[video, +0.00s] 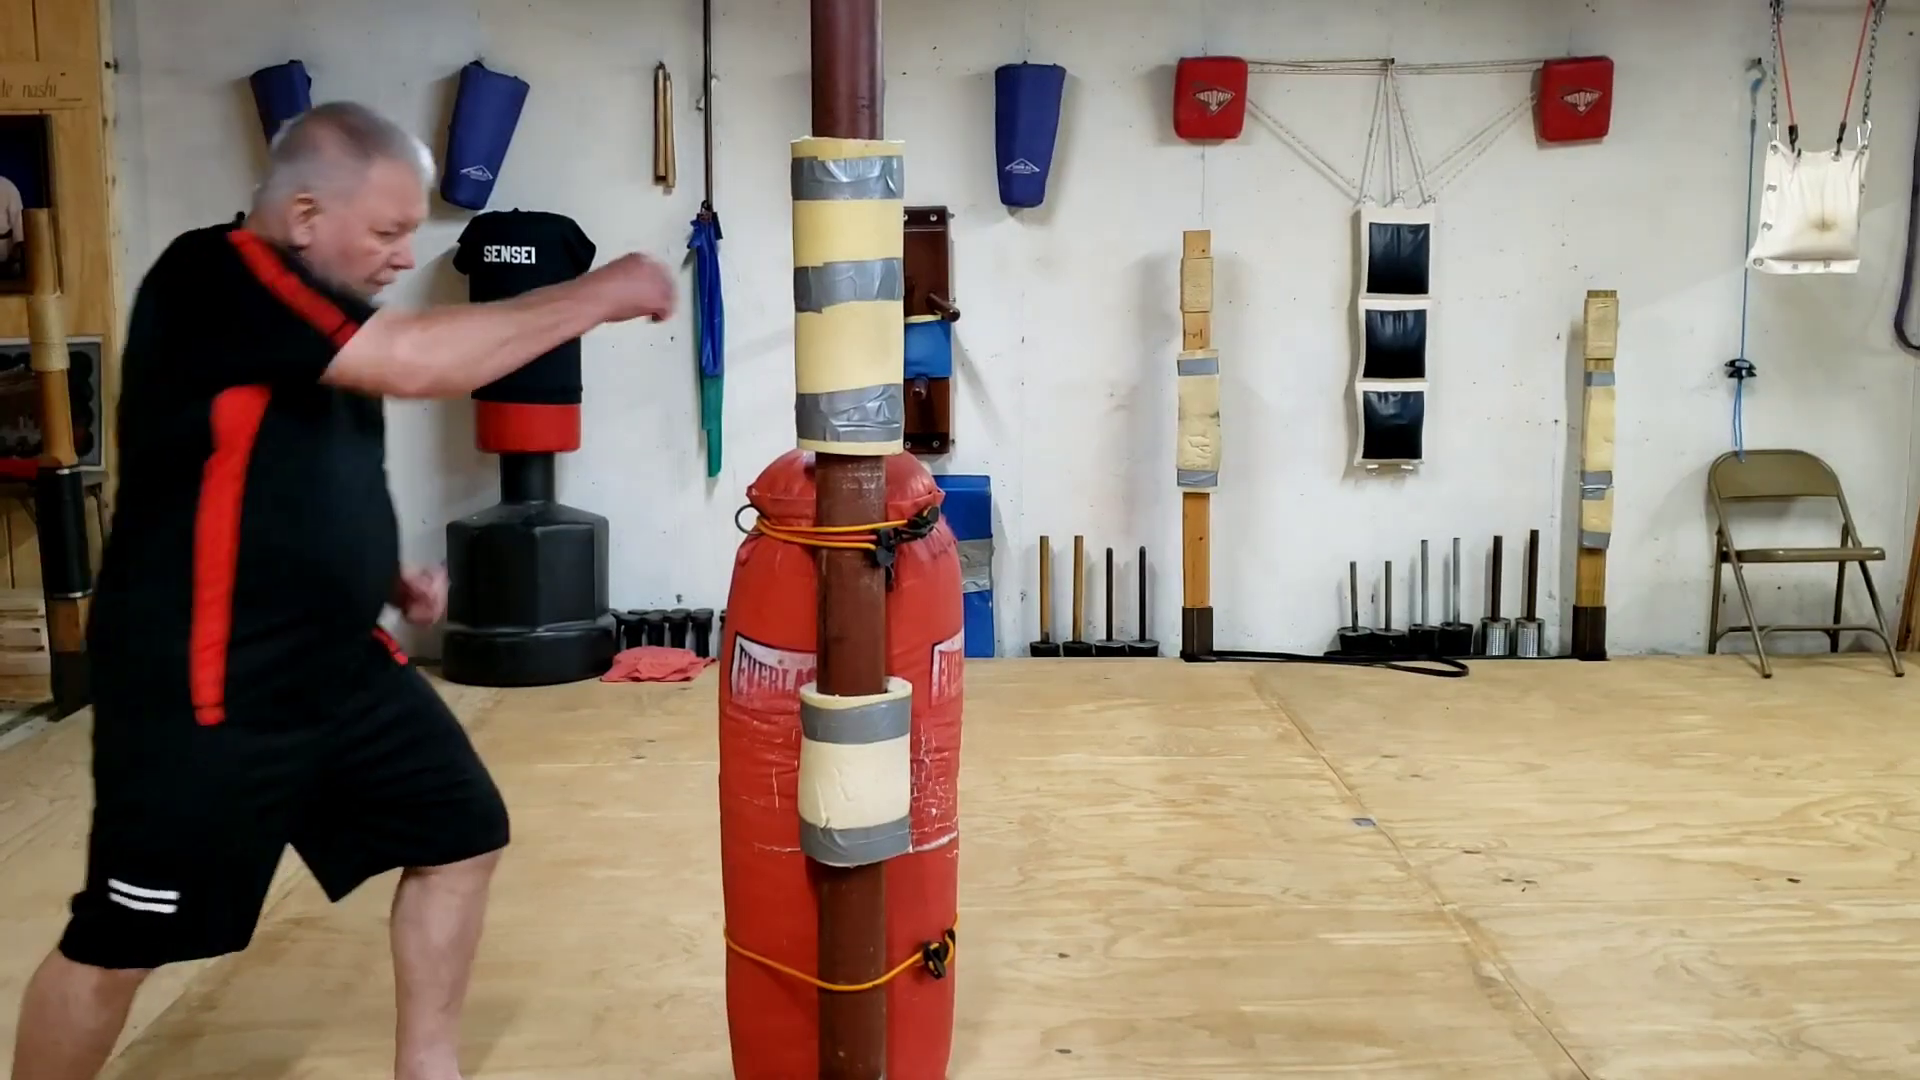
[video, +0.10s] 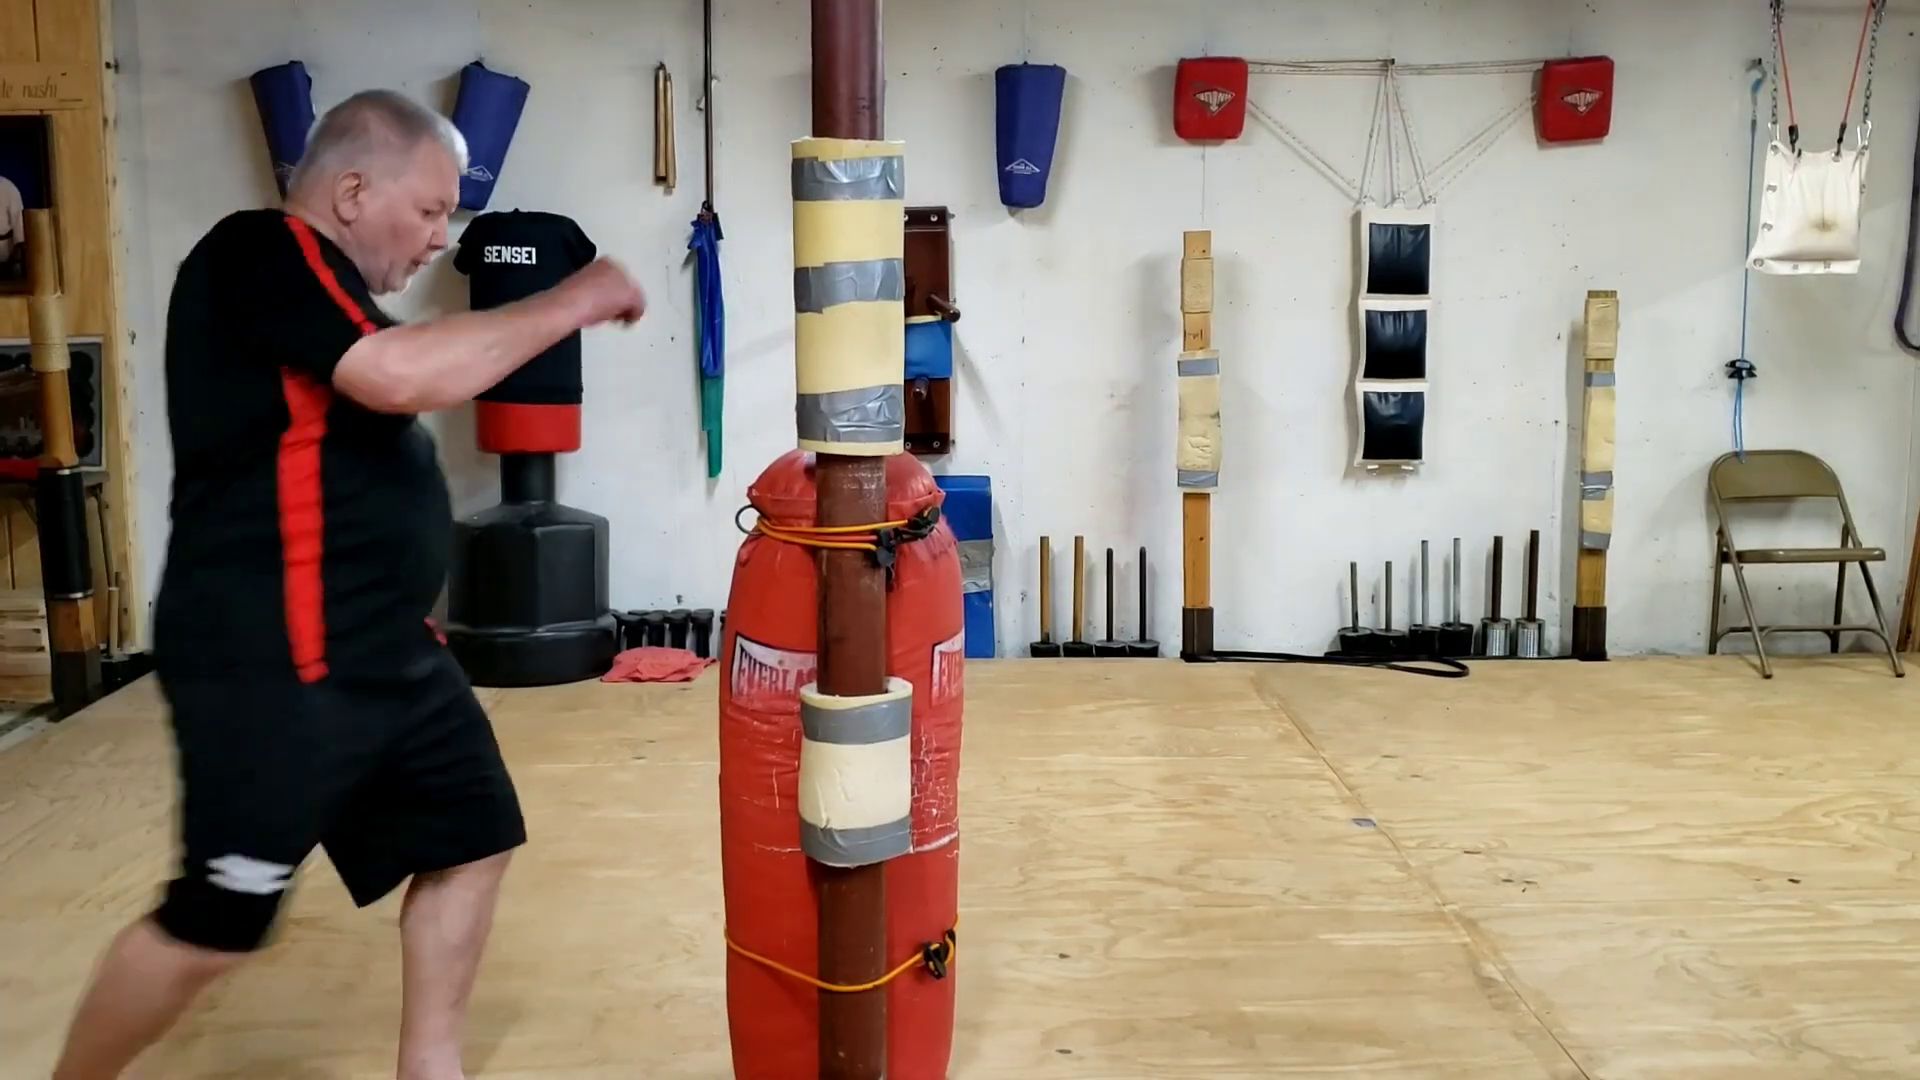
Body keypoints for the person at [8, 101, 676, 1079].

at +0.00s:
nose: (403, 257)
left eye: (409, 235)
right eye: (386, 233)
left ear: (318, 219)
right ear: (304, 216)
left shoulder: (323, 317)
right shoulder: (213, 274)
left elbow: (292, 489)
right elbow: (409, 360)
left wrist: (388, 577)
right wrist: (594, 298)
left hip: (330, 661)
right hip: (193, 681)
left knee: (459, 835)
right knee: (118, 936)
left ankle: (427, 1071)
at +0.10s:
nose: (442, 238)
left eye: (448, 218)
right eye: (433, 212)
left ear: (350, 195)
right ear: (353, 189)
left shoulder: (343, 300)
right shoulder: (254, 253)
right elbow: (394, 374)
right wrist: (567, 304)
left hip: (383, 645)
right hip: (265, 658)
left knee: (471, 839)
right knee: (217, 915)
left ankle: (429, 1068)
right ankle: (75, 1073)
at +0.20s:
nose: (442, 221)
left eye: (450, 200)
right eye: (437, 189)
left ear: (358, 169)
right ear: (362, 161)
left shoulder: (335, 268)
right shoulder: (276, 231)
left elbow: (333, 452)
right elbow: (310, 388)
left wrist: (452, 524)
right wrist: (522, 414)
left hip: (383, 589)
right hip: (318, 589)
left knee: (460, 817)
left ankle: (432, 1065)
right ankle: (183, 1013)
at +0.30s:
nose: (447, 215)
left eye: (454, 194)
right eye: (439, 186)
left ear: (360, 166)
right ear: (362, 159)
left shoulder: (333, 256)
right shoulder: (285, 225)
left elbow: (365, 441)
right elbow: (252, 395)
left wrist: (500, 470)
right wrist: (364, 566)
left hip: (356, 588)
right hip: (377, 565)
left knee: (444, 839)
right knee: (612, 669)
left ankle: (429, 1066)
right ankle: (514, 936)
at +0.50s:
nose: (447, 222)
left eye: (452, 202)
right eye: (438, 194)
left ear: (364, 180)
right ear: (361, 173)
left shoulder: (346, 297)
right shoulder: (275, 243)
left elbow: (417, 453)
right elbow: (164, 424)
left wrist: (559, 421)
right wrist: (160, 633)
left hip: (356, 609)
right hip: (398, 563)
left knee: (466, 818)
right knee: (672, 611)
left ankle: (433, 1066)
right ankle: (769, 868)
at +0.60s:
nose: (437, 214)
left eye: (443, 195)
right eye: (429, 186)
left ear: (353, 172)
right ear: (353, 163)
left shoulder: (334, 276)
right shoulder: (275, 240)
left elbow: (394, 461)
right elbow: (217, 429)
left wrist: (522, 429)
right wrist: (319, 597)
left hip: (389, 583)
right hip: (380, 571)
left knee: (456, 840)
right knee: (615, 704)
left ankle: (439, 1056)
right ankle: (425, 949)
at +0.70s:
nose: (433, 215)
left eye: (439, 194)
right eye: (424, 185)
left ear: (344, 174)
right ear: (345, 167)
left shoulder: (320, 272)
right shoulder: (264, 248)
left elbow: (357, 444)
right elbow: (276, 428)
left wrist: (482, 474)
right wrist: (483, 498)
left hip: (382, 606)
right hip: (322, 613)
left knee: (465, 837)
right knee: (459, 842)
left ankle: (436, 1067)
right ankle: (188, 1020)